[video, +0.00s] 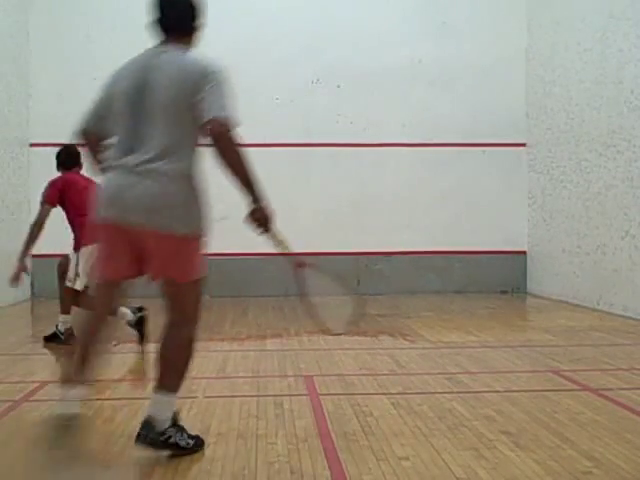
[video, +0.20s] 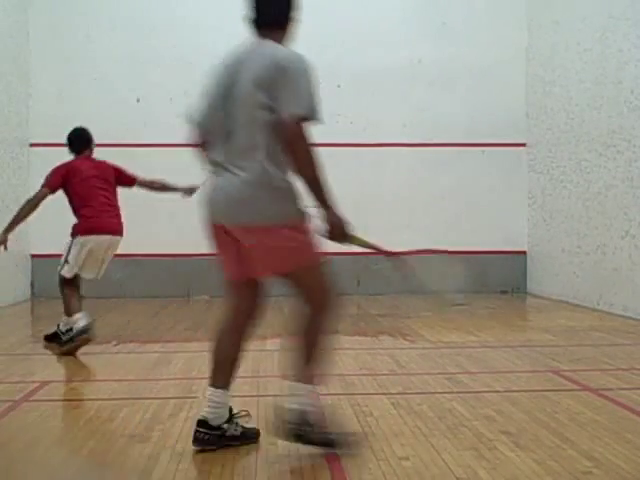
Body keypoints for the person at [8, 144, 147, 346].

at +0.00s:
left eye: (58, 164)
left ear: (59, 165)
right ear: (80, 164)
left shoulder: (59, 183)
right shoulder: (93, 184)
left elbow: (40, 221)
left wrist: (23, 257)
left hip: (88, 241)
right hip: (108, 237)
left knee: (75, 295)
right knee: (63, 267)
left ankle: (130, 316)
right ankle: (64, 327)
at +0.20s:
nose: (90, 149)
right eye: (90, 146)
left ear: (70, 149)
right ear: (92, 147)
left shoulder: (65, 170)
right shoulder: (107, 168)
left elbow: (37, 199)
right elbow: (146, 183)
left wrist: (7, 230)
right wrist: (181, 189)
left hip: (89, 230)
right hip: (114, 231)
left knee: (67, 277)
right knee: (75, 278)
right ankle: (68, 325)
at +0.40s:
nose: (124, 133)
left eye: (122, 129)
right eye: (121, 130)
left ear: (100, 135)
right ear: (112, 133)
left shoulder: (86, 160)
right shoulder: (132, 156)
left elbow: (56, 195)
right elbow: (169, 181)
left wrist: (39, 233)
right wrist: (193, 179)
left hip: (97, 227)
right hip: (129, 228)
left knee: (80, 282)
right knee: (110, 272)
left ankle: (76, 337)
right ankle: (100, 325)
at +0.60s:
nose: (173, 128)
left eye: (172, 123)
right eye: (169, 123)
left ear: (150, 127)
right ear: (157, 126)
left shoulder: (127, 150)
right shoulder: (170, 154)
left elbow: (99, 185)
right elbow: (194, 183)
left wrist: (102, 218)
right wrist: (216, 197)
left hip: (121, 224)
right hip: (154, 228)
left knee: (97, 278)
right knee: (166, 276)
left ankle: (76, 336)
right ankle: (184, 317)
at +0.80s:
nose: (227, 115)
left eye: (226, 110)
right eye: (222, 110)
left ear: (203, 113)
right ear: (209, 112)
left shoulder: (182, 137)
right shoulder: (222, 141)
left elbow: (153, 172)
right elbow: (228, 180)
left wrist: (155, 207)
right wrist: (240, 210)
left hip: (176, 214)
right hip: (207, 218)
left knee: (152, 269)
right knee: (211, 278)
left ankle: (128, 323)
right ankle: (210, 333)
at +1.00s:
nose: (267, 99)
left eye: (266, 94)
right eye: (263, 94)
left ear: (244, 97)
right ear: (248, 96)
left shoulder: (222, 122)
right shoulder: (261, 124)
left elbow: (196, 156)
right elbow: (257, 164)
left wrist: (200, 196)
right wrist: (270, 200)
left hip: (219, 199)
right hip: (248, 201)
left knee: (223, 262)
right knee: (260, 261)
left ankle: (225, 325)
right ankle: (261, 323)